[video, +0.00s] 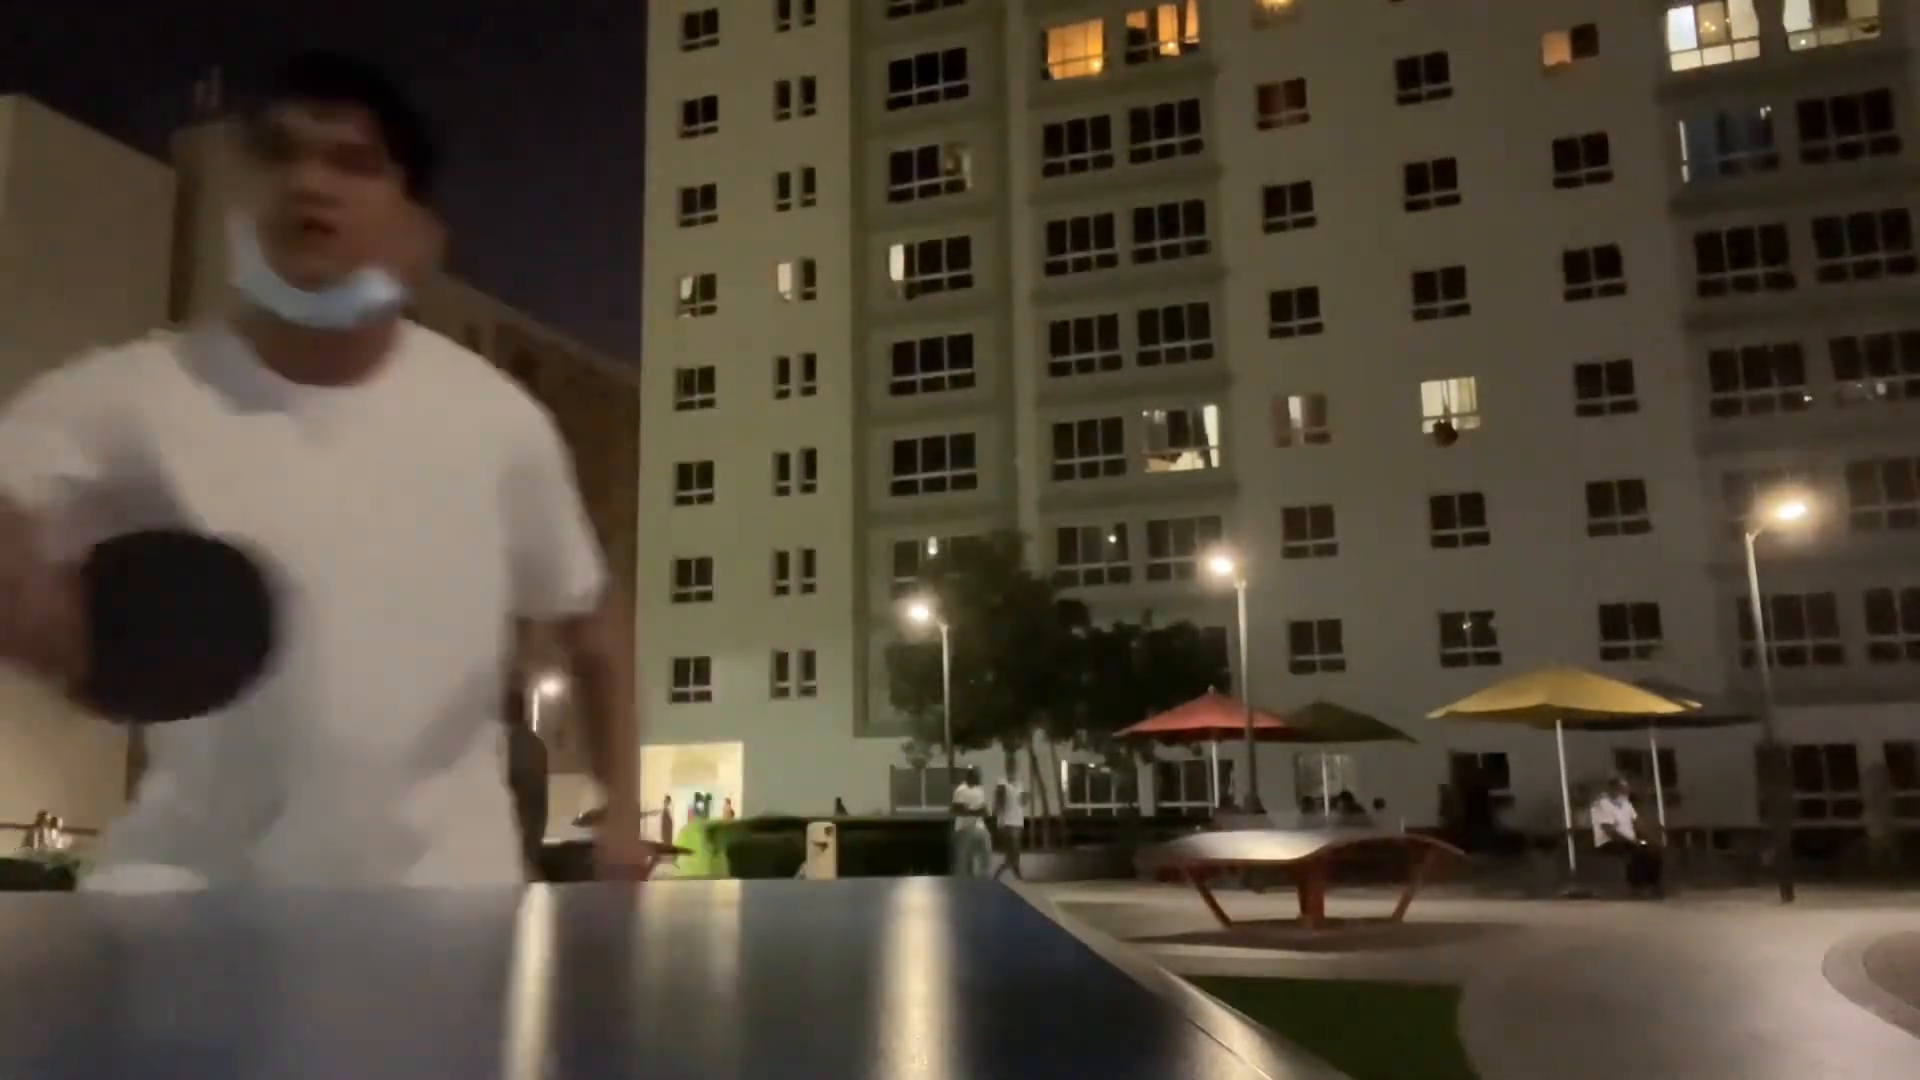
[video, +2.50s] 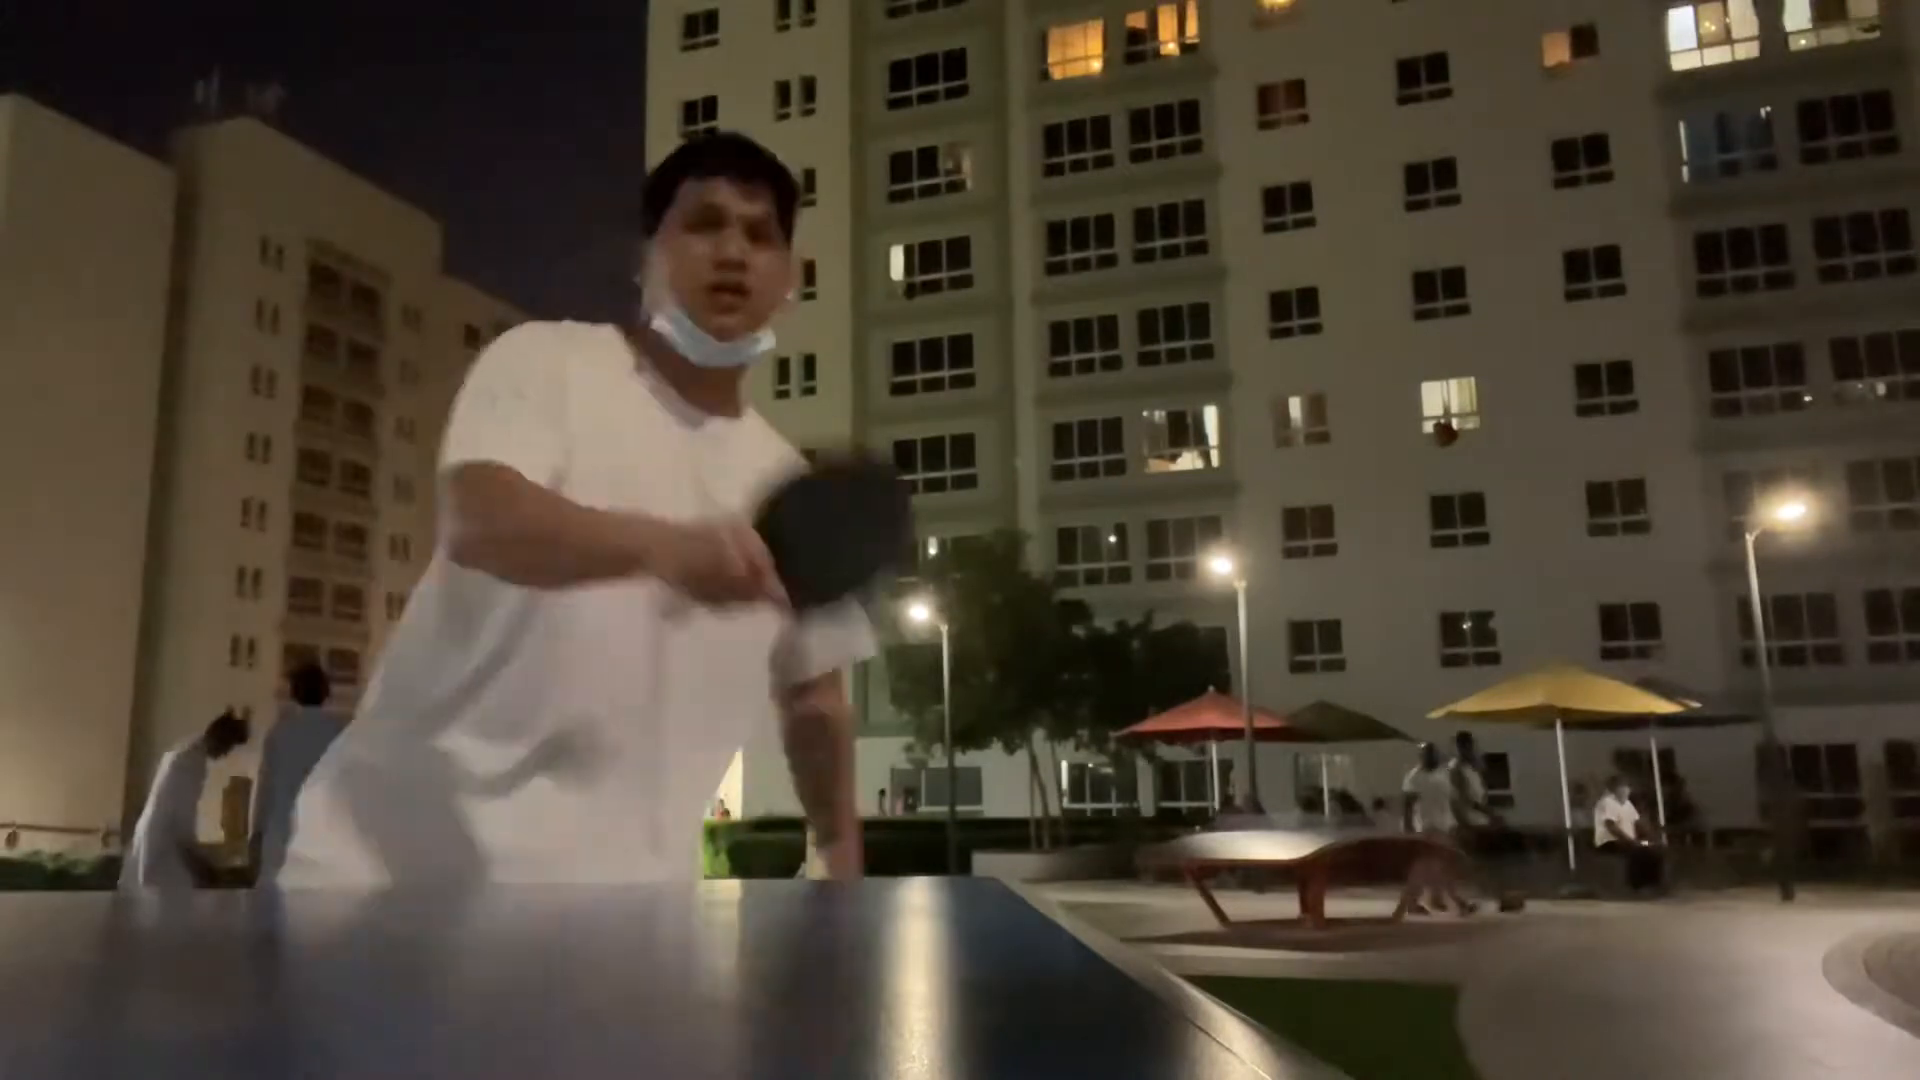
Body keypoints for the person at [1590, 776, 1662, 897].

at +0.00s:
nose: (1625, 792)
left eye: (1626, 788)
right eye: (1621, 788)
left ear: (1627, 789)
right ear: (1613, 789)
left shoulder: (1625, 802)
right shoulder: (1602, 803)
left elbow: (1636, 821)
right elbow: (1608, 829)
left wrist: (1648, 836)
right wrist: (1631, 842)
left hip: (1629, 840)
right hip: (1609, 842)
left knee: (1652, 851)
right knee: (1635, 853)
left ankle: (1653, 886)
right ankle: (1637, 888)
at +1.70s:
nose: (1631, 790)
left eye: (1631, 787)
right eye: (1627, 786)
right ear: (1619, 786)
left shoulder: (1626, 803)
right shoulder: (1610, 799)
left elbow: (1636, 822)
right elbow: (1613, 822)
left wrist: (1647, 835)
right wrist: (1633, 841)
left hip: (1627, 841)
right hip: (1611, 843)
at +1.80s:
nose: (1630, 790)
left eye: (1630, 786)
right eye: (1627, 786)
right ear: (1618, 786)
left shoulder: (1626, 803)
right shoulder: (1610, 799)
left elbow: (1636, 822)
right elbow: (1613, 822)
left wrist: (1646, 836)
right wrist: (1633, 841)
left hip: (1626, 842)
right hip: (1611, 843)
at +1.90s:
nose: (1630, 790)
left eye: (1630, 786)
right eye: (1626, 786)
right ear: (1618, 787)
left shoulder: (1626, 804)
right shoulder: (1608, 800)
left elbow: (1636, 822)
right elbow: (1612, 822)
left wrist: (1645, 836)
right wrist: (1632, 841)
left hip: (1627, 841)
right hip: (1610, 842)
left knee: (1652, 852)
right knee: (1641, 855)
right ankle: (1638, 888)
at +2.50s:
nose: (1626, 791)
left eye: (1627, 787)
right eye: (1622, 787)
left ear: (1629, 790)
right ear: (1614, 789)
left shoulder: (1626, 803)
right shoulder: (1607, 802)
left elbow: (1637, 821)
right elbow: (1610, 824)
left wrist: (1650, 835)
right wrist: (1631, 841)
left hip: (1629, 840)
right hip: (1609, 842)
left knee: (1653, 851)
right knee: (1637, 853)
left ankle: (1653, 885)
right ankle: (1637, 887)